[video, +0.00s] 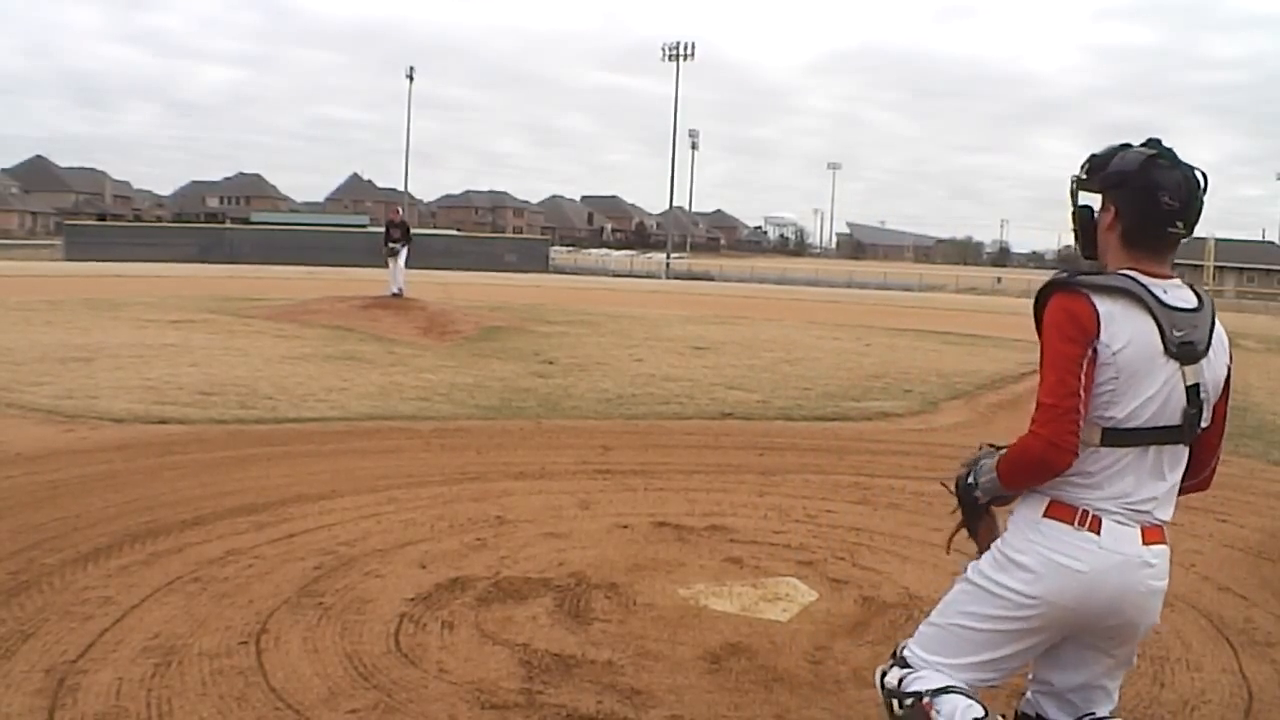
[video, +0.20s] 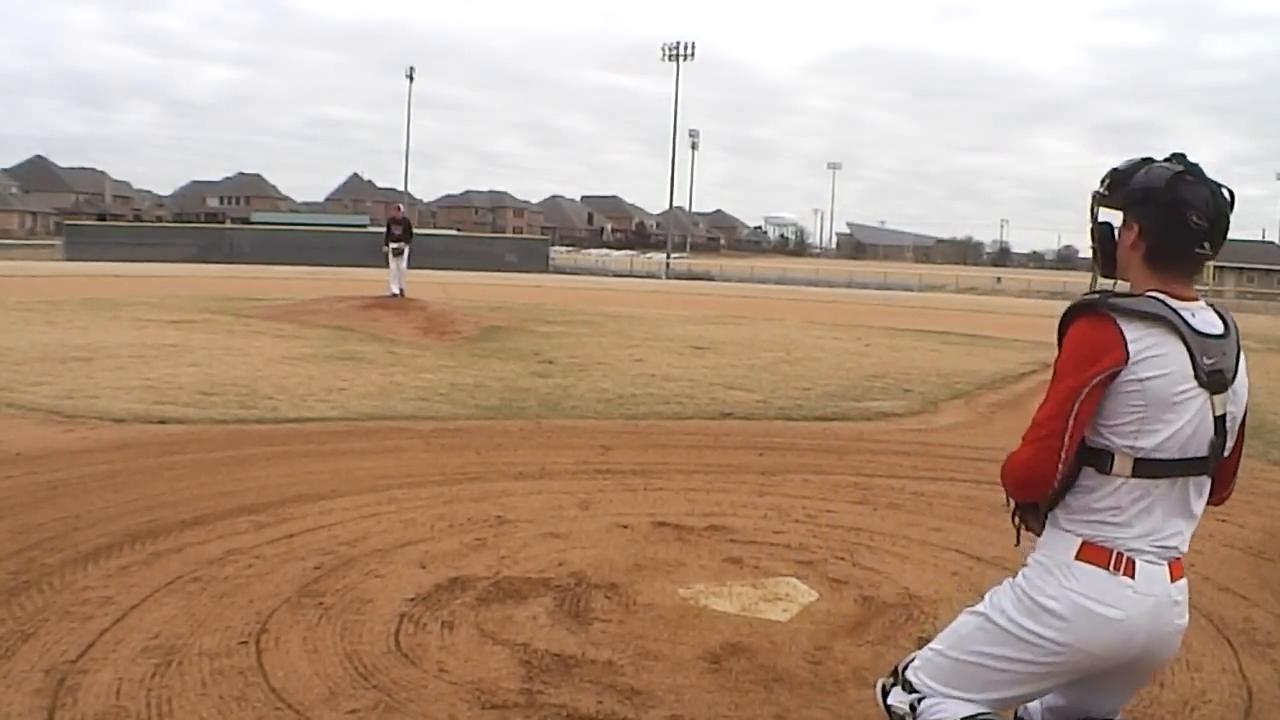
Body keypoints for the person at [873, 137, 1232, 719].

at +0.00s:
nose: (1091, 213)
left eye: (1097, 202)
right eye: (1094, 201)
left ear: (1112, 215)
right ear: (1177, 226)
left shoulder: (1080, 302)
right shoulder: (1212, 331)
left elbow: (1052, 446)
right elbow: (1198, 473)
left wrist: (983, 483)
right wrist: (1108, 473)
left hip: (1054, 544)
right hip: (1146, 558)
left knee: (918, 673)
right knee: (1069, 710)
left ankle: (966, 714)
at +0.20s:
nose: (1113, 233)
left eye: (1119, 221)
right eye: (1117, 219)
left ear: (1133, 234)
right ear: (1203, 247)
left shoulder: (1106, 325)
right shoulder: (1226, 339)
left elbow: (1037, 473)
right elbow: (1219, 485)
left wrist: (1022, 489)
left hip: (1078, 593)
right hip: (1166, 604)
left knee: (914, 692)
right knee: (1054, 713)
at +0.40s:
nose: (1122, 284)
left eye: (1127, 272)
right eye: (1126, 269)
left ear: (1141, 287)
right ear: (1214, 294)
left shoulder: (1127, 389)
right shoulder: (1240, 382)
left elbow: (1001, 522)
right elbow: (1249, 522)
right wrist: (1089, 517)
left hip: (1107, 671)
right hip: (1187, 674)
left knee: (895, 682)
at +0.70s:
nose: (1108, 291)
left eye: (1114, 280)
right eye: (1112, 278)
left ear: (1128, 295)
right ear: (1205, 306)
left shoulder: (1113, 399)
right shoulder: (1247, 382)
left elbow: (965, 518)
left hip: (1141, 701)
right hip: (1237, 697)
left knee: (902, 653)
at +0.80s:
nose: (1099, 289)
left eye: (1105, 278)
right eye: (1104, 276)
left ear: (1121, 293)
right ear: (1198, 301)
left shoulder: (1100, 393)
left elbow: (980, 548)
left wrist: (1091, 488)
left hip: (1161, 701)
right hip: (1265, 694)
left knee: (908, 646)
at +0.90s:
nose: (1090, 314)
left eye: (1097, 300)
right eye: (1095, 299)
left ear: (1115, 313)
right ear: (1196, 318)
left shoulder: (1096, 415)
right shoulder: (1245, 394)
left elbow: (1005, 591)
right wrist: (1084, 502)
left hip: (1162, 702)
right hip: (1264, 699)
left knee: (912, 645)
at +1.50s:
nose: (1111, 355)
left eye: (1114, 344)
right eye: (1112, 342)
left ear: (1130, 359)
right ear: (1215, 358)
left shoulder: (1110, 455)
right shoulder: (1261, 429)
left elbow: (1036, 644)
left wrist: (1033, 575)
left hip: (1168, 714)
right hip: (1265, 706)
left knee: (943, 641)